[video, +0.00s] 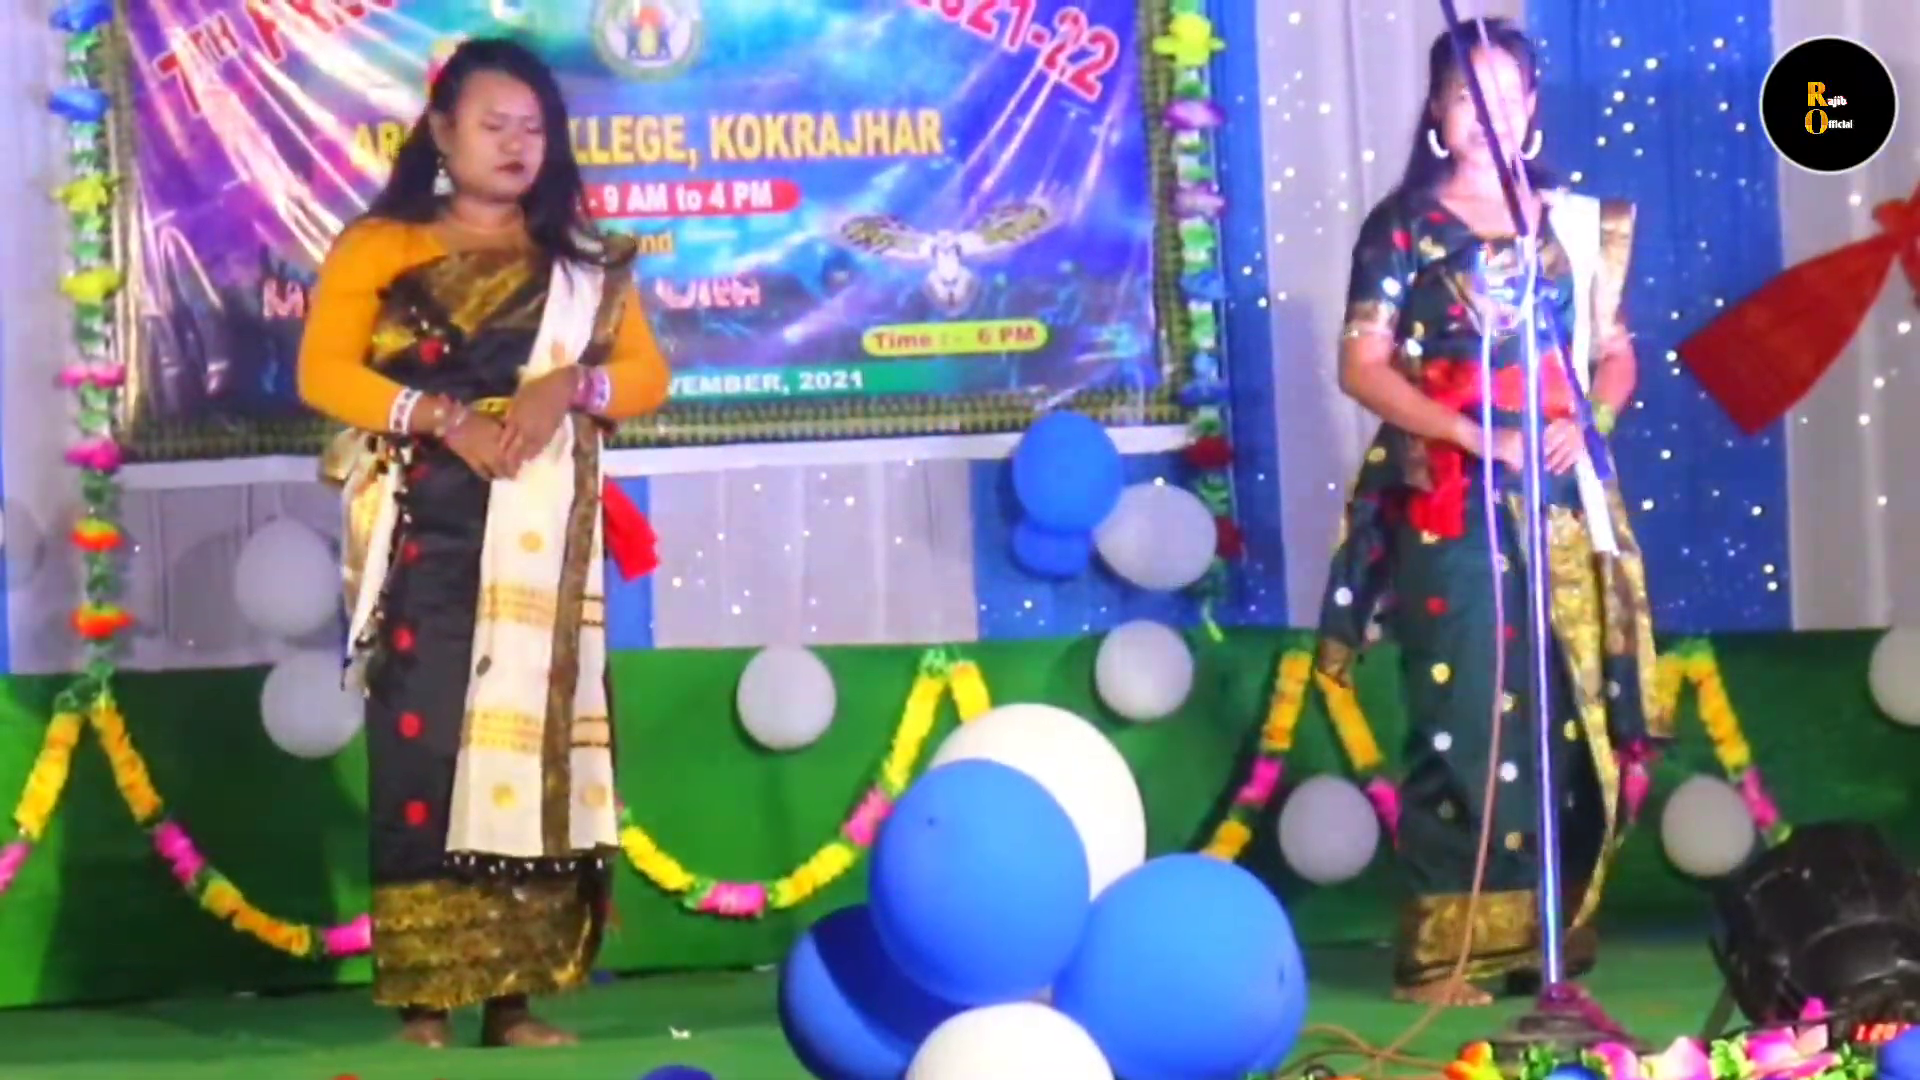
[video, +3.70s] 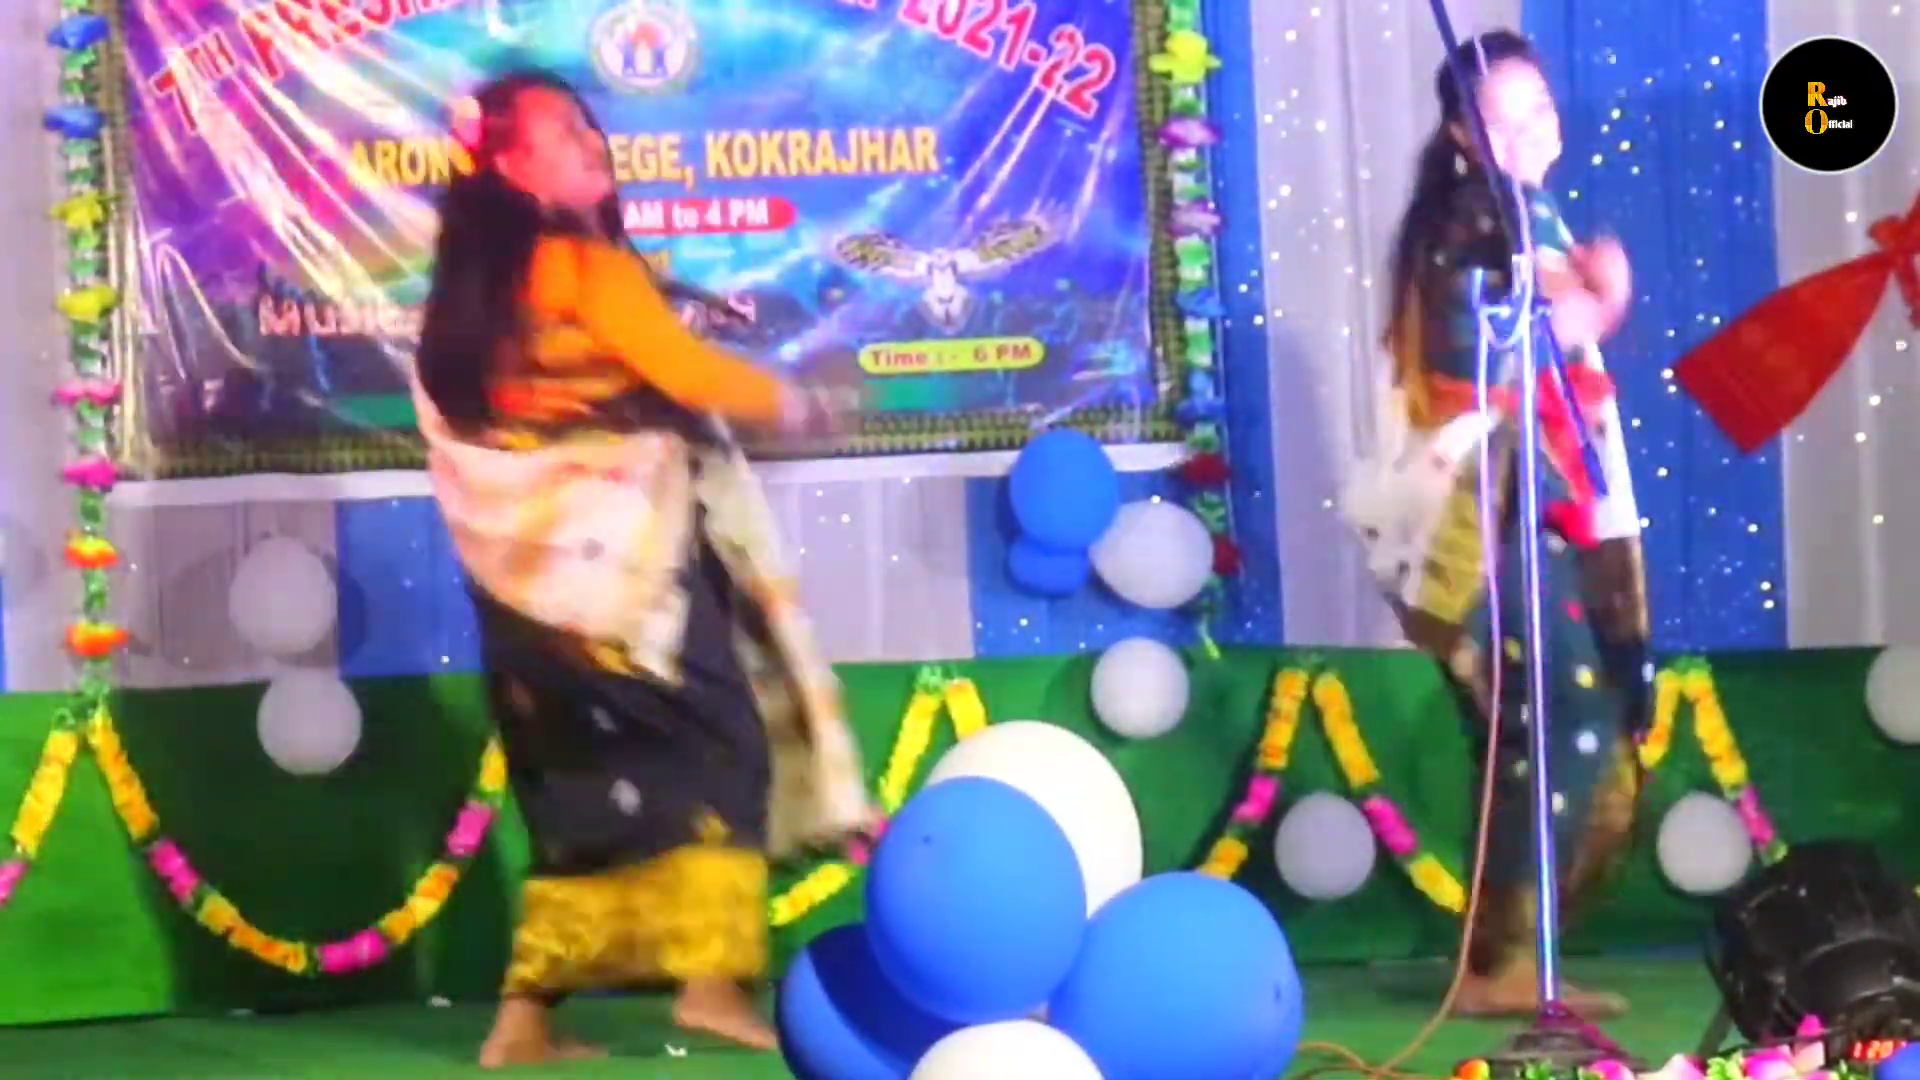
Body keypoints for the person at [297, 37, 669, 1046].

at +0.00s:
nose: (517, 144)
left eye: (533, 126)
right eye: (493, 124)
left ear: (551, 141)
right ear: (442, 133)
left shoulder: (581, 260)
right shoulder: (377, 248)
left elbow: (649, 377)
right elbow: (322, 371)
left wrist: (568, 385)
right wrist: (439, 413)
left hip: (541, 548)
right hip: (426, 543)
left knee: (532, 750)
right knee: (424, 754)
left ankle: (511, 999)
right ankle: (424, 998)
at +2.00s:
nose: (471, 152)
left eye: (488, 135)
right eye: (447, 132)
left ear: (512, 152)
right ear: (398, 147)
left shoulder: (547, 271)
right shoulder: (341, 260)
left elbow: (616, 387)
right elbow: (283, 387)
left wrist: (534, 398)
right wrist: (403, 430)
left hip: (514, 562)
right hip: (396, 559)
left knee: (514, 765)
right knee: (393, 771)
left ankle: (506, 1013)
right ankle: (386, 1012)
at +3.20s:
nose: (513, 141)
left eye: (519, 125)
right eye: (488, 126)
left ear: (529, 137)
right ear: (428, 141)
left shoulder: (556, 260)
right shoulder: (374, 251)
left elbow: (631, 380)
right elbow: (327, 374)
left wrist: (574, 406)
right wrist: (448, 397)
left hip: (536, 547)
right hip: (422, 544)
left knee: (530, 752)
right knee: (408, 760)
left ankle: (513, 1010)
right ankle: (390, 1012)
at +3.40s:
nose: (533, 146)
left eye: (534, 127)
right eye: (505, 134)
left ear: (546, 149)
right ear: (451, 166)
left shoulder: (549, 271)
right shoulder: (453, 266)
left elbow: (664, 360)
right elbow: (548, 340)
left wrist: (673, 275)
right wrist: (626, 276)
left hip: (577, 556)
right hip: (501, 558)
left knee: (579, 776)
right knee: (520, 773)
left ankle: (510, 1010)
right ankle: (421, 979)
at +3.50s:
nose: (550, 125)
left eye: (547, 108)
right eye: (523, 115)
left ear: (547, 132)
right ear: (469, 148)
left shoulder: (528, 237)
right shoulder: (493, 236)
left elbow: (678, 318)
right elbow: (632, 280)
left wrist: (639, 213)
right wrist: (637, 202)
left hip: (550, 546)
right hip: (529, 549)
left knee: (563, 765)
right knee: (566, 766)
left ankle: (511, 1007)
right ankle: (497, 1013)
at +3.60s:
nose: (580, 114)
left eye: (570, 98)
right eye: (555, 102)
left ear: (489, 138)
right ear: (498, 131)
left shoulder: (460, 245)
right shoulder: (561, 230)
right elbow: (677, 326)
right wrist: (714, 280)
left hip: (502, 560)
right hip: (595, 549)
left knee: (543, 764)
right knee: (690, 708)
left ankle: (511, 1003)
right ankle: (635, 953)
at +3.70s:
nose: (596, 145)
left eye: (586, 127)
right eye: (569, 133)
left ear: (504, 169)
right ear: (515, 162)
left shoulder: (469, 282)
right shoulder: (589, 268)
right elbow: (687, 371)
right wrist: (783, 400)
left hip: (527, 588)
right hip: (634, 576)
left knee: (575, 792)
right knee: (723, 746)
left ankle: (524, 1018)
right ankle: (715, 986)